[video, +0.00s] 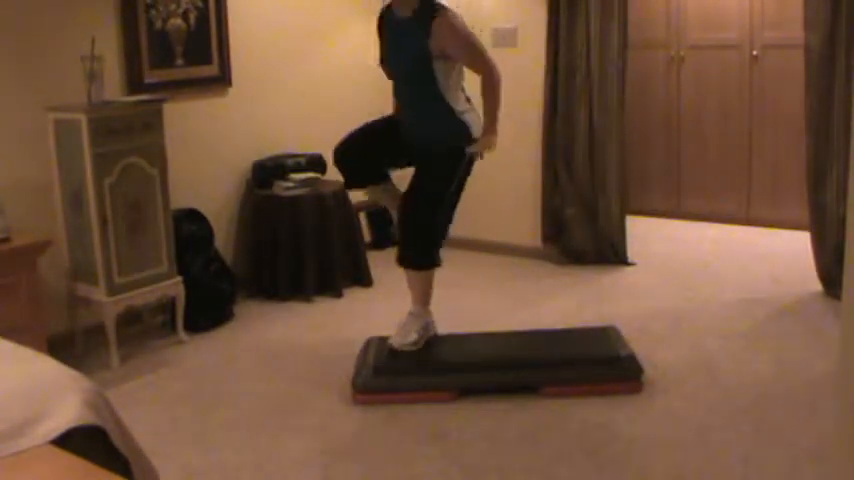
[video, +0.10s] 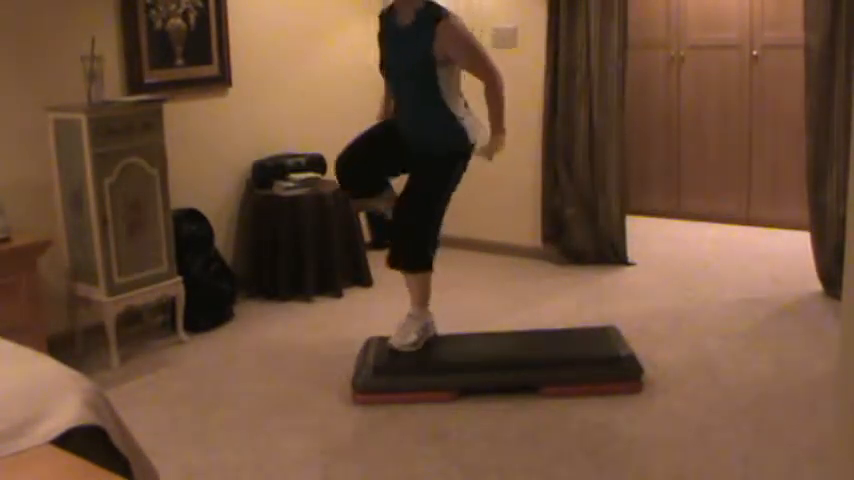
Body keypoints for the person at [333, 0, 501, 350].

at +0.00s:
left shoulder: (441, 21)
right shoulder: (387, 18)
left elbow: (490, 71)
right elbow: (400, 77)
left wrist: (490, 131)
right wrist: (398, 124)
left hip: (451, 136)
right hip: (411, 128)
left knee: (418, 221)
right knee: (351, 155)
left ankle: (420, 316)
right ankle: (403, 209)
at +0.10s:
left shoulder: (443, 26)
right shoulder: (388, 21)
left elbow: (491, 76)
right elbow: (393, 81)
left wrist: (497, 132)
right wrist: (384, 127)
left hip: (447, 141)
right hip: (406, 131)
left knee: (412, 222)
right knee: (351, 168)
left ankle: (420, 317)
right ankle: (394, 210)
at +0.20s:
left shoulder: (450, 17)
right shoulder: (387, 11)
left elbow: (498, 66)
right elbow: (365, 47)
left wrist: (513, 109)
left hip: (444, 134)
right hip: (401, 128)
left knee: (419, 223)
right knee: (365, 196)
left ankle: (420, 315)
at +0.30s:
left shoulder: (455, 11)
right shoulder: (386, 8)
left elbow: (497, 40)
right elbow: (341, 23)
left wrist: (529, 57)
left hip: (441, 132)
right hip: (398, 130)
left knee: (424, 221)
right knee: (395, 218)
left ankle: (418, 315)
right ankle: (416, 309)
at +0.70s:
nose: (454, 5)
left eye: (457, 0)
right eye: (447, 0)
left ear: (462, 4)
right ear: (430, 3)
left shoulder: (474, 37)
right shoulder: (408, 37)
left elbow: (519, 52)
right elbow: (364, 54)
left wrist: (553, 54)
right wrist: (337, 65)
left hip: (465, 144)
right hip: (419, 146)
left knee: (469, 219)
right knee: (421, 228)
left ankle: (465, 296)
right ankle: (419, 305)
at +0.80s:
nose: (470, 5)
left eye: (474, 1)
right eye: (463, 0)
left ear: (478, 3)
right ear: (446, 1)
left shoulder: (490, 35)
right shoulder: (421, 33)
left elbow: (520, 64)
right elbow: (372, 63)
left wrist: (541, 98)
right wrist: (356, 104)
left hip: (475, 141)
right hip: (429, 143)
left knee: (490, 222)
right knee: (425, 226)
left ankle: (492, 295)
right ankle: (419, 305)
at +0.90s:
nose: (492, 8)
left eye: (494, 3)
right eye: (484, 2)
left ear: (496, 8)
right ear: (463, 5)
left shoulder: (501, 41)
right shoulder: (437, 41)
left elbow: (512, 81)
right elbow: (399, 75)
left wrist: (523, 119)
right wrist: (387, 125)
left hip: (489, 151)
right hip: (444, 152)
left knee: (506, 228)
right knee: (437, 232)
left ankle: (502, 303)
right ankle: (420, 306)